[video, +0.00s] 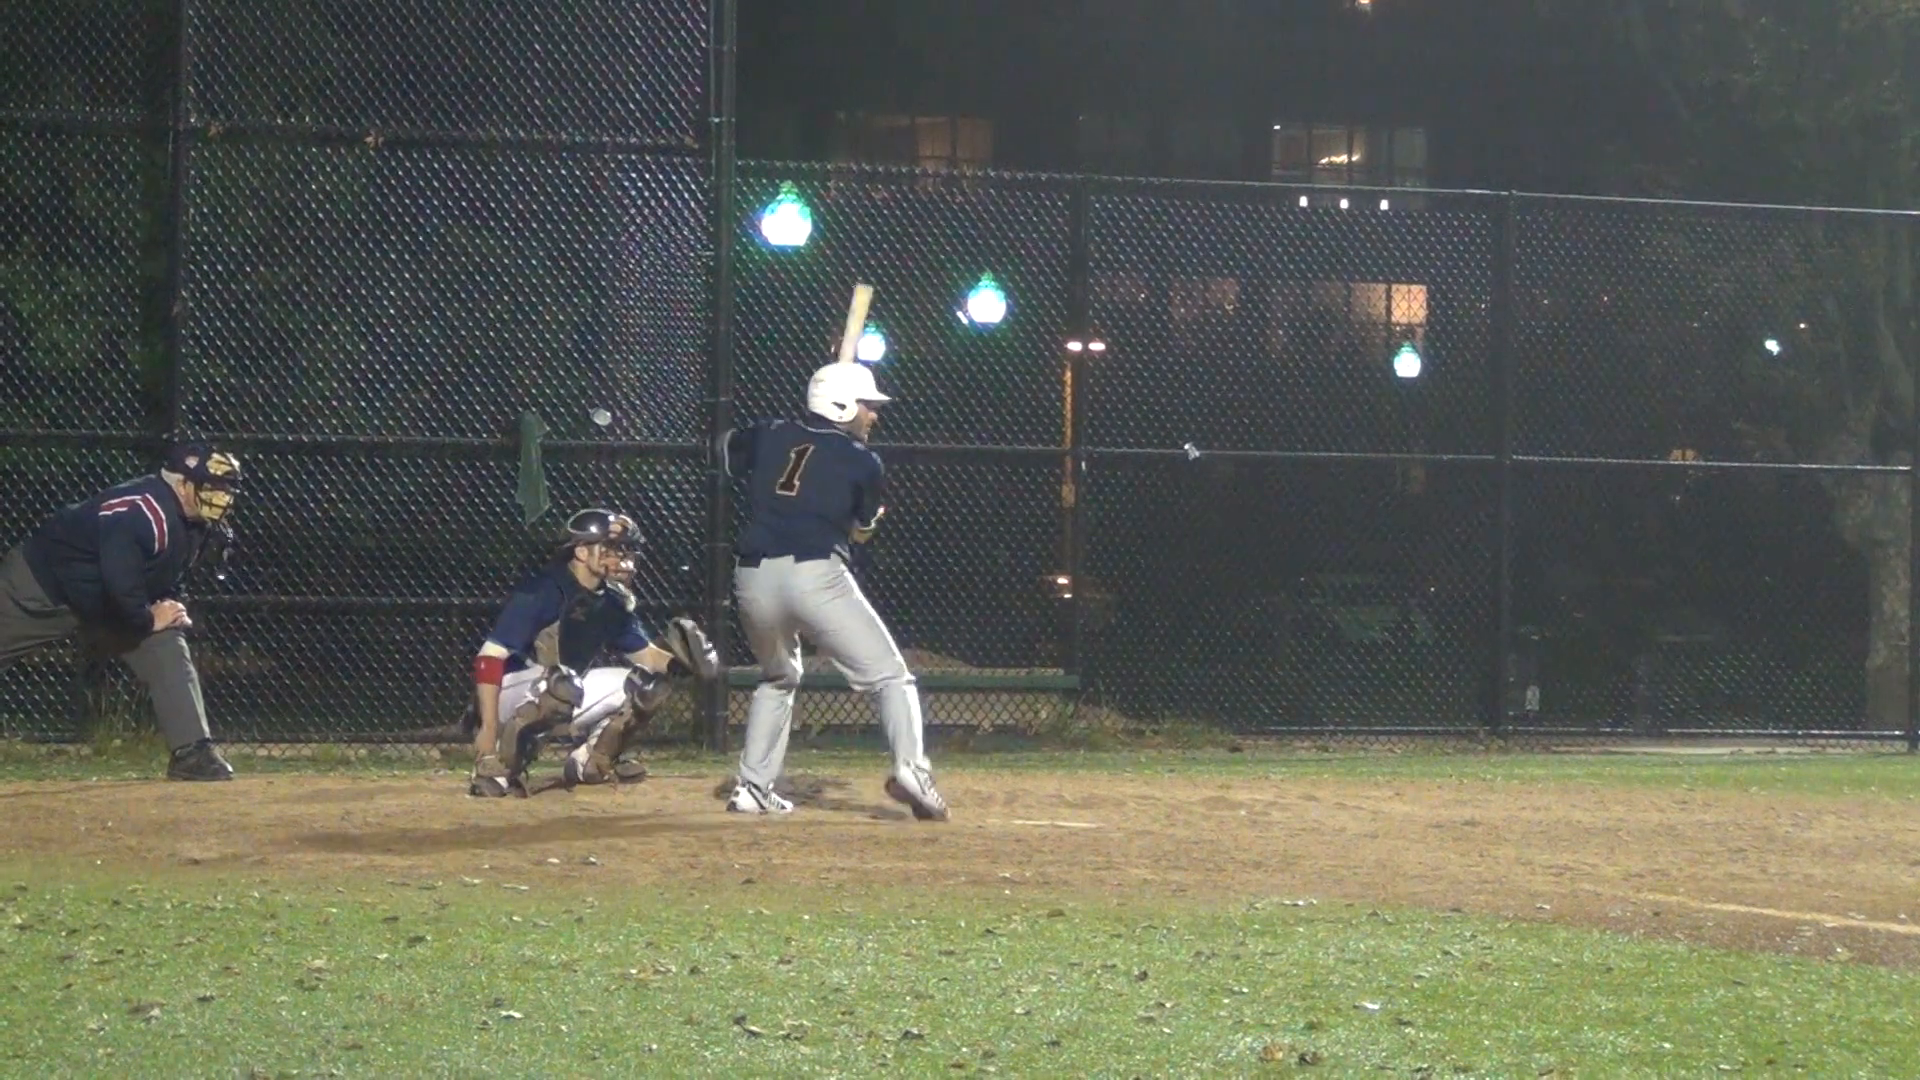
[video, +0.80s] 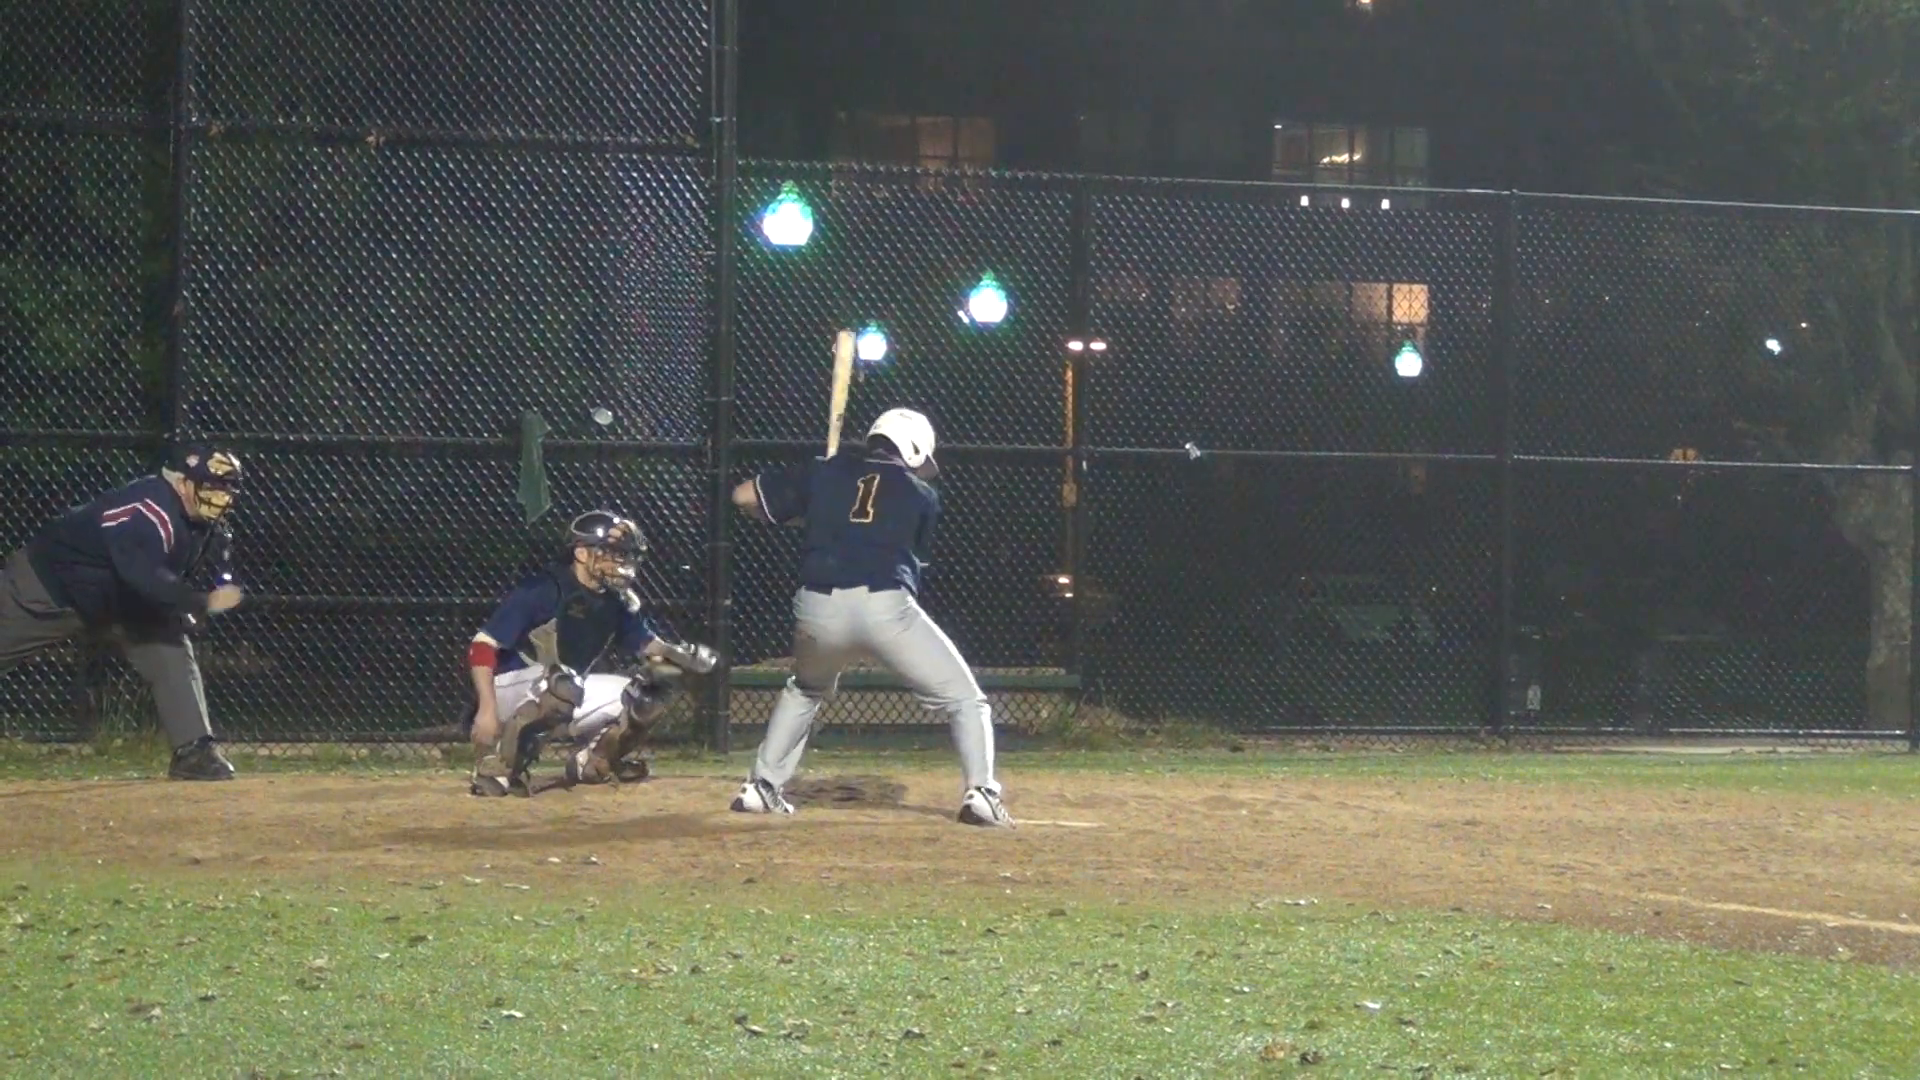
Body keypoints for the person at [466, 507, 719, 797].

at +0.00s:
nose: (620, 560)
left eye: (622, 552)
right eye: (610, 550)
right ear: (581, 553)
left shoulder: (611, 602)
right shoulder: (543, 591)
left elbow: (647, 655)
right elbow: (489, 659)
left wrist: (684, 661)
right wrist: (489, 728)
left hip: (569, 691)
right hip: (508, 692)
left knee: (646, 686)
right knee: (561, 686)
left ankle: (591, 764)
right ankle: (495, 767)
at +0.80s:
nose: (620, 563)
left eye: (623, 555)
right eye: (610, 554)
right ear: (582, 554)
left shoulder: (618, 600)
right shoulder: (545, 589)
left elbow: (647, 645)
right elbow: (482, 647)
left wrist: (682, 657)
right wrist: (487, 710)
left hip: (568, 692)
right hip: (505, 692)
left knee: (648, 692)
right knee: (562, 687)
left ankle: (594, 765)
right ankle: (496, 769)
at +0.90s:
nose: (622, 552)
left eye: (625, 545)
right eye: (612, 544)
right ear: (582, 545)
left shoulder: (621, 596)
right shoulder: (541, 584)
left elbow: (645, 649)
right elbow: (490, 642)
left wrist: (667, 659)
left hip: (575, 691)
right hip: (514, 690)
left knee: (651, 697)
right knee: (565, 691)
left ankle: (591, 764)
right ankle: (500, 771)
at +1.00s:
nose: (621, 539)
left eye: (624, 532)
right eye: (610, 530)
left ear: (631, 536)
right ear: (581, 534)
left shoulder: (621, 584)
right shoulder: (542, 580)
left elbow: (655, 652)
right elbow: (501, 645)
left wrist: (637, 626)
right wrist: (555, 638)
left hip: (579, 681)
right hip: (515, 679)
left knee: (657, 695)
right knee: (569, 690)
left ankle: (593, 761)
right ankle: (501, 770)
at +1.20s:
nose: (625, 521)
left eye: (629, 513)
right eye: (613, 511)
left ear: (637, 518)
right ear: (585, 515)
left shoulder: (639, 566)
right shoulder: (551, 564)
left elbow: (667, 638)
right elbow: (522, 641)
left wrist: (639, 606)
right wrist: (548, 611)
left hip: (600, 676)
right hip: (540, 668)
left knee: (678, 707)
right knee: (569, 685)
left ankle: (608, 752)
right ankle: (500, 767)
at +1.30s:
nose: (629, 515)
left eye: (635, 507)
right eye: (618, 505)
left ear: (645, 512)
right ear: (590, 508)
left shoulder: (647, 557)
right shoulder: (567, 551)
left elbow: (692, 620)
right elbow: (523, 628)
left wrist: (667, 583)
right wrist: (520, 590)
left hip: (615, 672)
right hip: (559, 660)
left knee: (688, 717)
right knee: (571, 683)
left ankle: (620, 749)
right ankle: (501, 767)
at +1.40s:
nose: (640, 510)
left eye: (645, 502)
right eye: (628, 501)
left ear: (654, 505)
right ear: (600, 505)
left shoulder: (658, 554)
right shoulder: (570, 550)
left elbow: (716, 599)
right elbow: (518, 602)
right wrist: (496, 551)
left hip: (632, 673)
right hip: (575, 662)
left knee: (696, 725)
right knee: (571, 682)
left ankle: (626, 749)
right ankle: (502, 765)